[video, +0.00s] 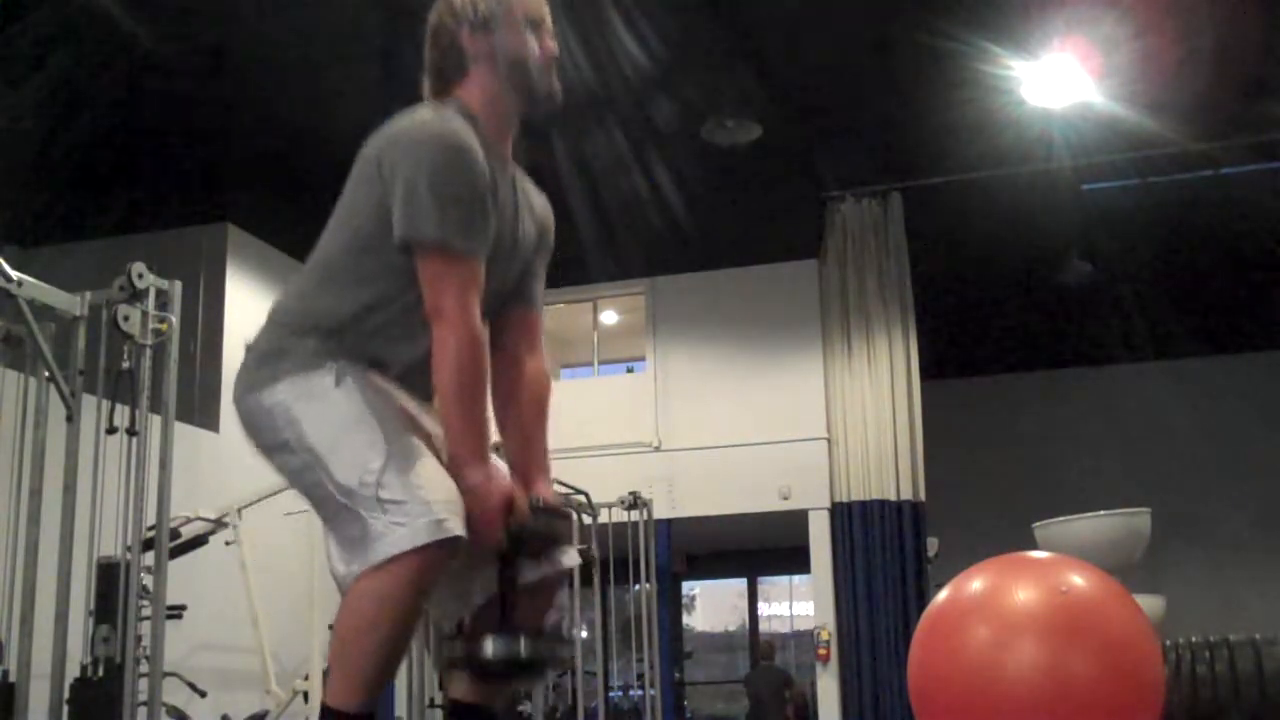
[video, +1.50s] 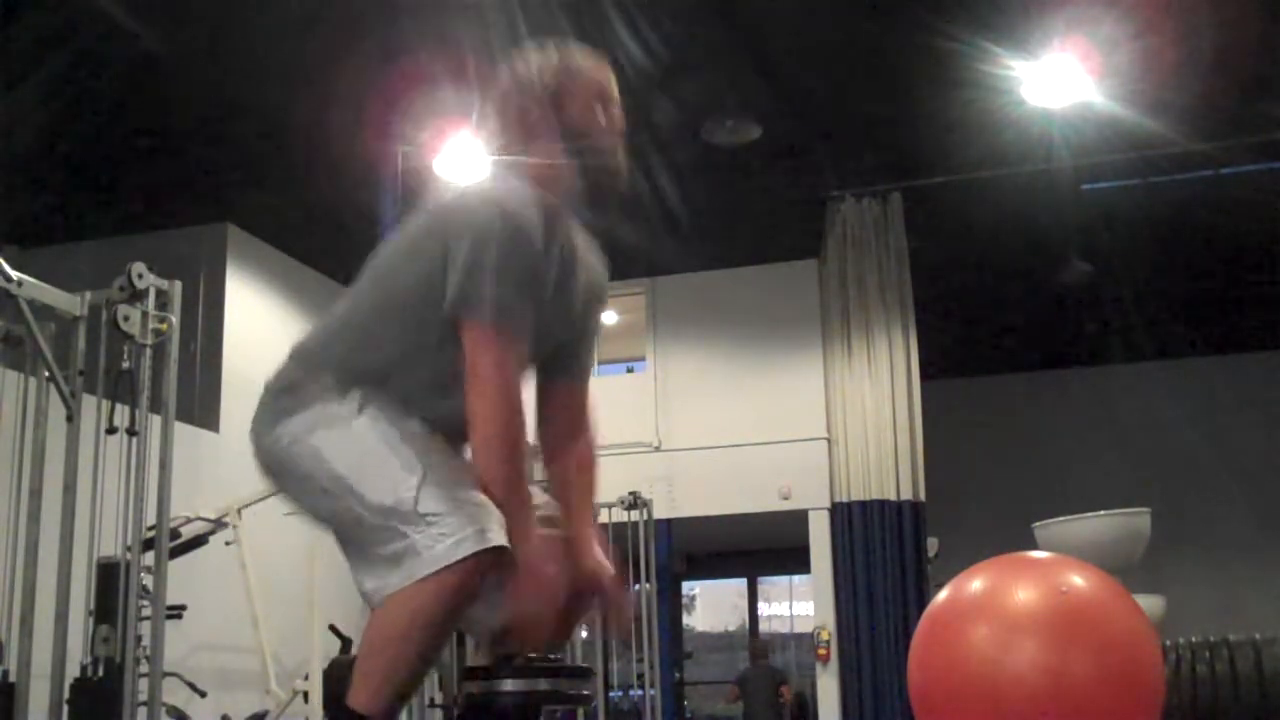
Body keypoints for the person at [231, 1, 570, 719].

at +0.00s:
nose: (554, 47)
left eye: (552, 31)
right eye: (533, 26)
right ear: (473, 38)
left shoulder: (530, 208)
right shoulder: (436, 142)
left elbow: (523, 352)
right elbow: (454, 320)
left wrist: (536, 485)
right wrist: (475, 472)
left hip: (389, 388)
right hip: (304, 371)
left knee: (505, 544)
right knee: (416, 528)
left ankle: (474, 703)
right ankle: (343, 712)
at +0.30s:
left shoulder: (529, 94)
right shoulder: (430, 21)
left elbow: (520, 226)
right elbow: (447, 183)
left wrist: (530, 355)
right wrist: (469, 332)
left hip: (440, 327)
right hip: (349, 302)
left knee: (466, 554)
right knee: (357, 531)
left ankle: (453, 712)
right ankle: (329, 713)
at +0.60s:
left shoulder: (527, 97)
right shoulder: (433, 22)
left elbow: (521, 235)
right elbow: (448, 189)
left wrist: (530, 361)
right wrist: (469, 341)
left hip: (437, 327)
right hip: (350, 308)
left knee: (485, 550)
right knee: (381, 529)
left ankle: (459, 711)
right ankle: (336, 714)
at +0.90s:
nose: (598, 77)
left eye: (596, 61)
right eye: (580, 58)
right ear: (518, 68)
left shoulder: (549, 235)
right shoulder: (460, 165)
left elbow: (536, 390)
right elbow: (466, 363)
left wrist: (545, 523)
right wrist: (484, 514)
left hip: (397, 404)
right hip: (302, 382)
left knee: (534, 567)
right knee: (412, 535)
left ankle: (476, 709)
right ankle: (343, 713)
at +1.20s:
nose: (622, 173)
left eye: (621, 159)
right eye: (602, 153)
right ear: (539, 165)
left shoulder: (569, 329)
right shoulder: (482, 268)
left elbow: (547, 479)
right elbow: (485, 470)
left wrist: (551, 627)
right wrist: (498, 630)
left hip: (409, 473)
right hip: (308, 454)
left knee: (585, 577)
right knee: (459, 543)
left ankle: (495, 706)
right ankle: (357, 706)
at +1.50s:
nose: (607, 124)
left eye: (611, 106)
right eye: (587, 105)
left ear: (619, 123)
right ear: (531, 117)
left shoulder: (582, 263)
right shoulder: (499, 213)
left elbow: (568, 425)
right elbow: (491, 391)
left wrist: (584, 542)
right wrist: (526, 543)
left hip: (409, 426)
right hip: (321, 404)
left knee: (546, 564)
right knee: (455, 545)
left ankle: (358, 683)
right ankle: (362, 706)